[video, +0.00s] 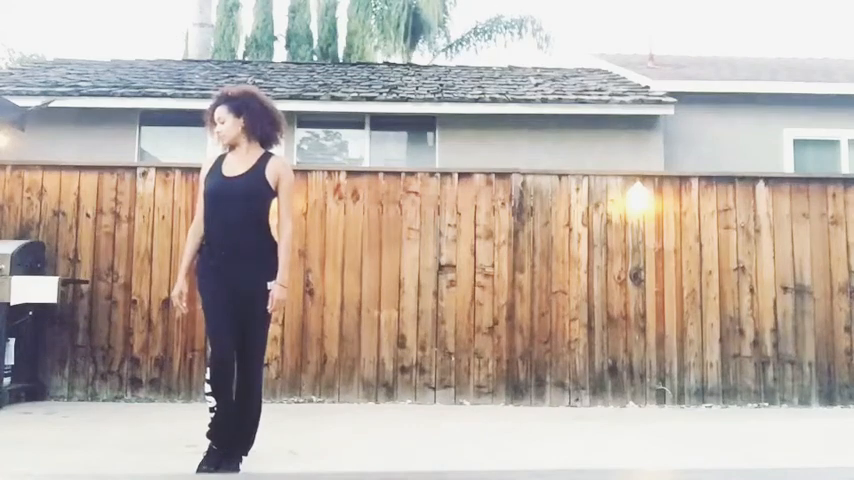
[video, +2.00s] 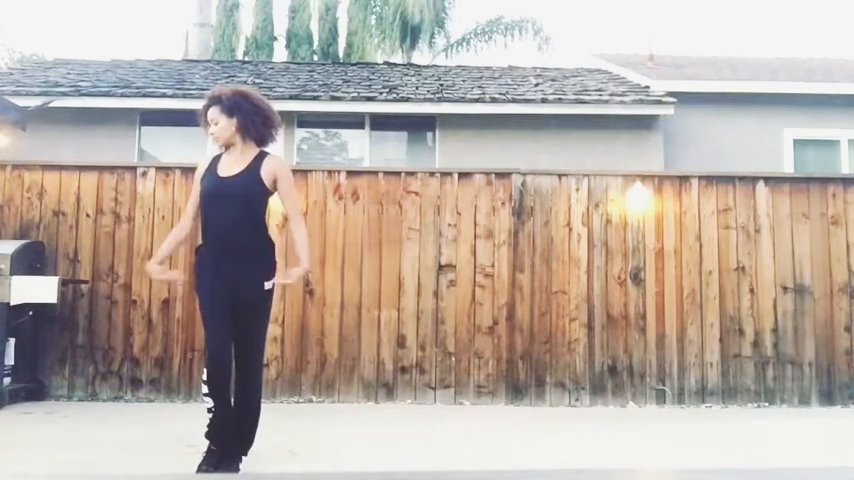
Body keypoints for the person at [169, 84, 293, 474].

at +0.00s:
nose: (215, 129)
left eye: (221, 121)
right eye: (213, 122)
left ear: (245, 119)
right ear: (220, 125)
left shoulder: (276, 164)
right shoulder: (214, 164)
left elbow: (286, 226)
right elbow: (199, 223)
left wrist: (281, 279)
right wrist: (182, 275)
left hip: (256, 273)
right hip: (214, 270)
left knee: (249, 361)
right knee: (221, 355)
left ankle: (237, 449)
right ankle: (220, 443)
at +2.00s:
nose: (209, 130)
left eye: (215, 122)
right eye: (207, 124)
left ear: (238, 120)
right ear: (217, 125)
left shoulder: (272, 163)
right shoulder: (210, 165)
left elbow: (294, 217)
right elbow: (188, 220)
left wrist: (303, 264)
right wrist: (157, 257)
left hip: (255, 273)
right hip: (212, 270)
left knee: (248, 360)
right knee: (217, 355)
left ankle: (237, 449)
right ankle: (218, 445)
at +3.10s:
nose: (215, 130)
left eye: (221, 122)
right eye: (213, 124)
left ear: (245, 120)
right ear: (217, 125)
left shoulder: (274, 165)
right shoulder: (213, 162)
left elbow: (314, 203)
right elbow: (177, 203)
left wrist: (351, 241)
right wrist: (137, 243)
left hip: (256, 272)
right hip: (212, 270)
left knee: (250, 362)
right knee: (220, 355)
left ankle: (237, 450)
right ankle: (219, 444)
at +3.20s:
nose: (215, 129)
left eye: (221, 121)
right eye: (213, 122)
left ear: (245, 121)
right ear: (214, 124)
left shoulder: (272, 163)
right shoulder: (211, 162)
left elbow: (328, 183)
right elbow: (161, 185)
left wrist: (372, 202)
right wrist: (115, 209)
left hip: (256, 273)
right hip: (212, 270)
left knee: (250, 362)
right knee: (221, 355)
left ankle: (236, 451)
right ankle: (218, 443)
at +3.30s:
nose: (219, 126)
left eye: (226, 118)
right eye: (216, 120)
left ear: (248, 120)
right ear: (214, 123)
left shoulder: (272, 159)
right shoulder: (215, 160)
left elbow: (324, 150)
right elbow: (172, 156)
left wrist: (362, 140)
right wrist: (135, 151)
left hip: (255, 271)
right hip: (212, 268)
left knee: (250, 360)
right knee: (220, 353)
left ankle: (235, 449)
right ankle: (219, 442)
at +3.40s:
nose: (224, 122)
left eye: (232, 116)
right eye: (220, 117)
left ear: (253, 119)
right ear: (216, 123)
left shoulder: (270, 157)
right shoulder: (210, 156)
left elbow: (312, 119)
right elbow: (164, 122)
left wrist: (353, 76)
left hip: (256, 270)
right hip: (213, 268)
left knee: (251, 361)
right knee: (221, 354)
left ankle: (237, 451)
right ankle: (218, 445)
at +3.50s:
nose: (230, 120)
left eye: (237, 114)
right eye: (224, 115)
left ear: (254, 121)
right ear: (217, 122)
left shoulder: (269, 158)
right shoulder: (208, 158)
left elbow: (299, 99)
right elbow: (176, 104)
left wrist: (309, 42)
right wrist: (193, 53)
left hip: (256, 269)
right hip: (212, 268)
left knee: (249, 362)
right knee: (220, 353)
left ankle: (237, 451)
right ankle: (218, 444)